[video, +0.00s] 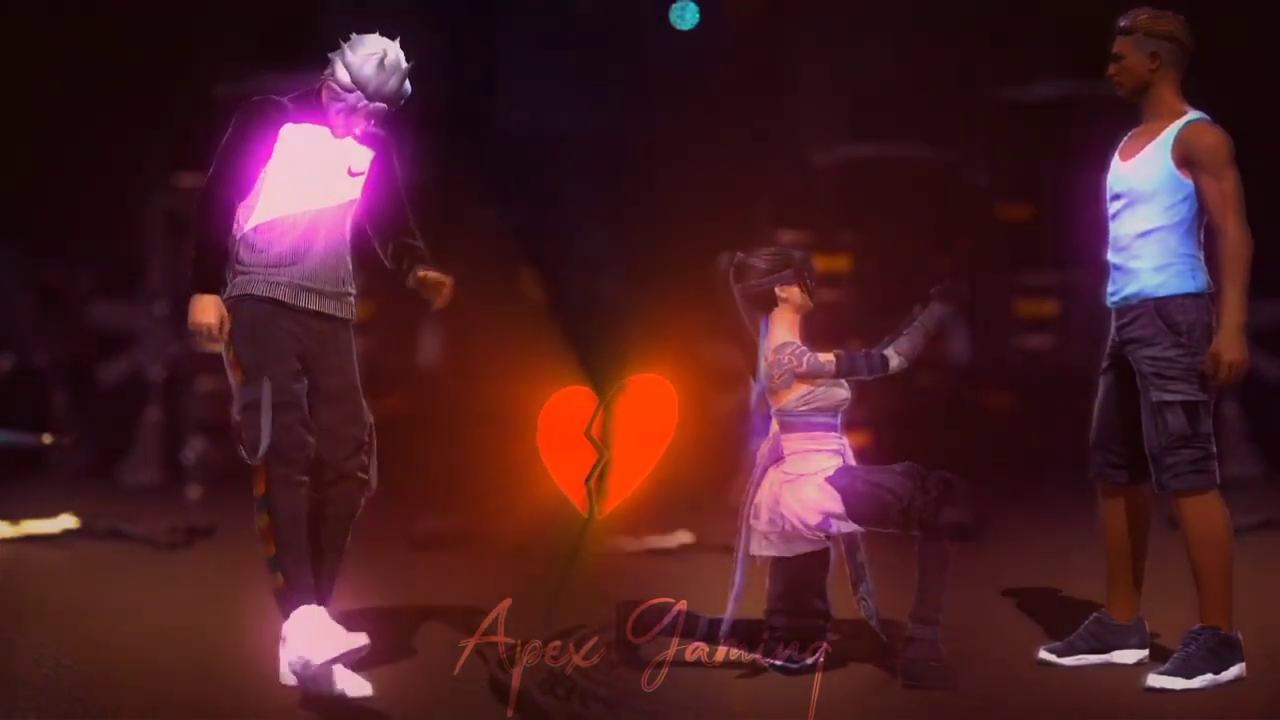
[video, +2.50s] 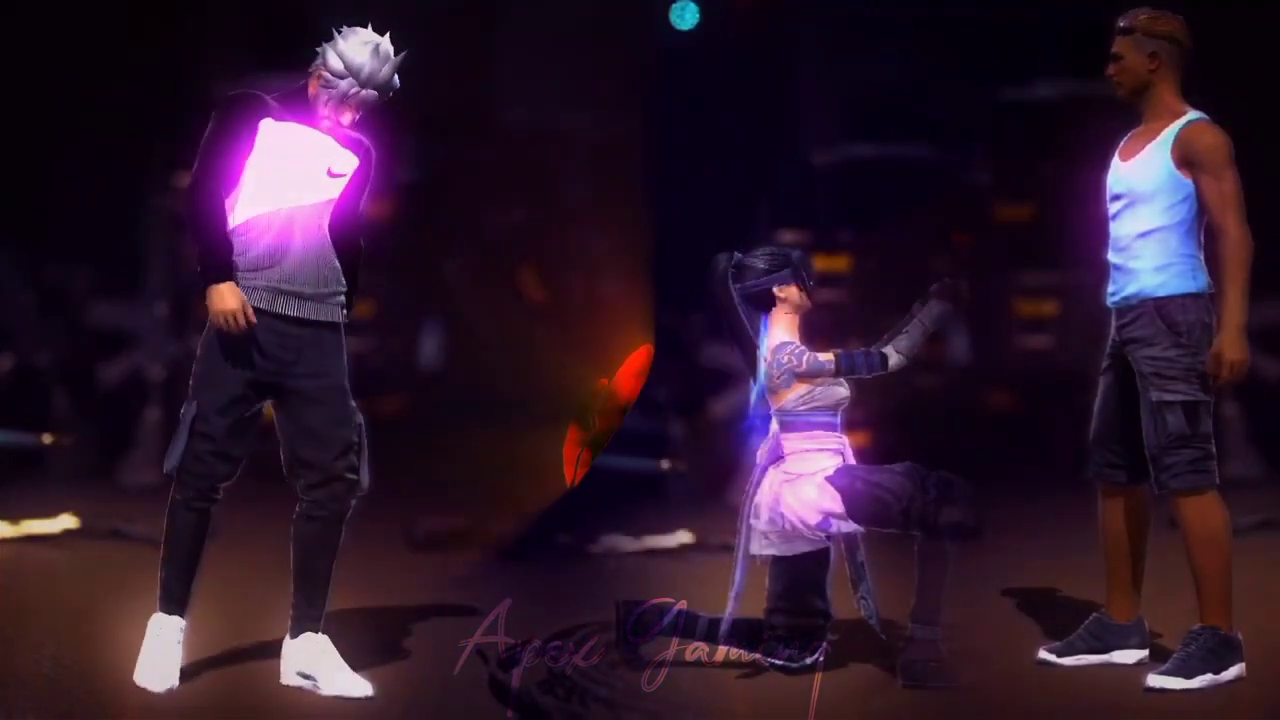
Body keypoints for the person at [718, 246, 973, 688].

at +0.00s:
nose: (809, 290)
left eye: (806, 281)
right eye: (802, 282)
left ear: (779, 293)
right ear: (782, 291)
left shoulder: (784, 349)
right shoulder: (787, 355)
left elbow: (876, 361)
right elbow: (884, 362)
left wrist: (926, 313)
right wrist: (936, 312)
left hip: (797, 481)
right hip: (809, 485)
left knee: (797, 642)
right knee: (941, 496)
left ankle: (680, 623)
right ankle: (923, 650)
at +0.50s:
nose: (809, 289)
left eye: (805, 281)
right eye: (800, 282)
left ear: (782, 292)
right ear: (780, 290)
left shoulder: (784, 345)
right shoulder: (787, 353)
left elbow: (877, 358)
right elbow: (885, 361)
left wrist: (926, 313)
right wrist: (936, 311)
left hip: (799, 482)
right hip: (809, 485)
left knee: (797, 645)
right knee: (943, 497)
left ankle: (677, 624)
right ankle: (923, 650)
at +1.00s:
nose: (808, 289)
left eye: (804, 281)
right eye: (800, 282)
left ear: (779, 292)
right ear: (781, 291)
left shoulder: (785, 348)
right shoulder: (786, 354)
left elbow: (879, 358)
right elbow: (884, 361)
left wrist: (929, 309)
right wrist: (939, 307)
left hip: (799, 481)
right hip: (810, 484)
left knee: (797, 645)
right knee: (944, 497)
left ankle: (676, 623)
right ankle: (923, 650)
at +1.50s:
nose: (808, 290)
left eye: (803, 282)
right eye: (800, 283)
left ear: (779, 293)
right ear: (780, 291)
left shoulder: (782, 350)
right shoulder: (787, 354)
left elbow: (879, 359)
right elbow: (885, 360)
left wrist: (928, 310)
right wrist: (938, 307)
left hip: (797, 484)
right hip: (809, 486)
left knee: (795, 645)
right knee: (942, 497)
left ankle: (675, 624)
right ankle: (923, 650)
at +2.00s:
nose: (806, 288)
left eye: (800, 281)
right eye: (797, 282)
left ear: (775, 296)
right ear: (778, 294)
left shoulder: (781, 350)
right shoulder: (787, 354)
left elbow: (878, 358)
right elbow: (887, 359)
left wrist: (928, 308)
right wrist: (938, 305)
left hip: (799, 484)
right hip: (808, 488)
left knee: (795, 645)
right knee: (943, 497)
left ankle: (673, 623)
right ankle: (923, 651)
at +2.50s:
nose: (806, 288)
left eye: (800, 281)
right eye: (797, 282)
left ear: (776, 296)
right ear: (779, 293)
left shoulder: (782, 351)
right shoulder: (788, 355)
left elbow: (882, 358)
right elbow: (886, 359)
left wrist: (927, 309)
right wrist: (937, 306)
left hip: (793, 487)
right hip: (809, 486)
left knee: (795, 645)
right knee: (945, 499)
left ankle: (672, 623)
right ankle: (923, 651)